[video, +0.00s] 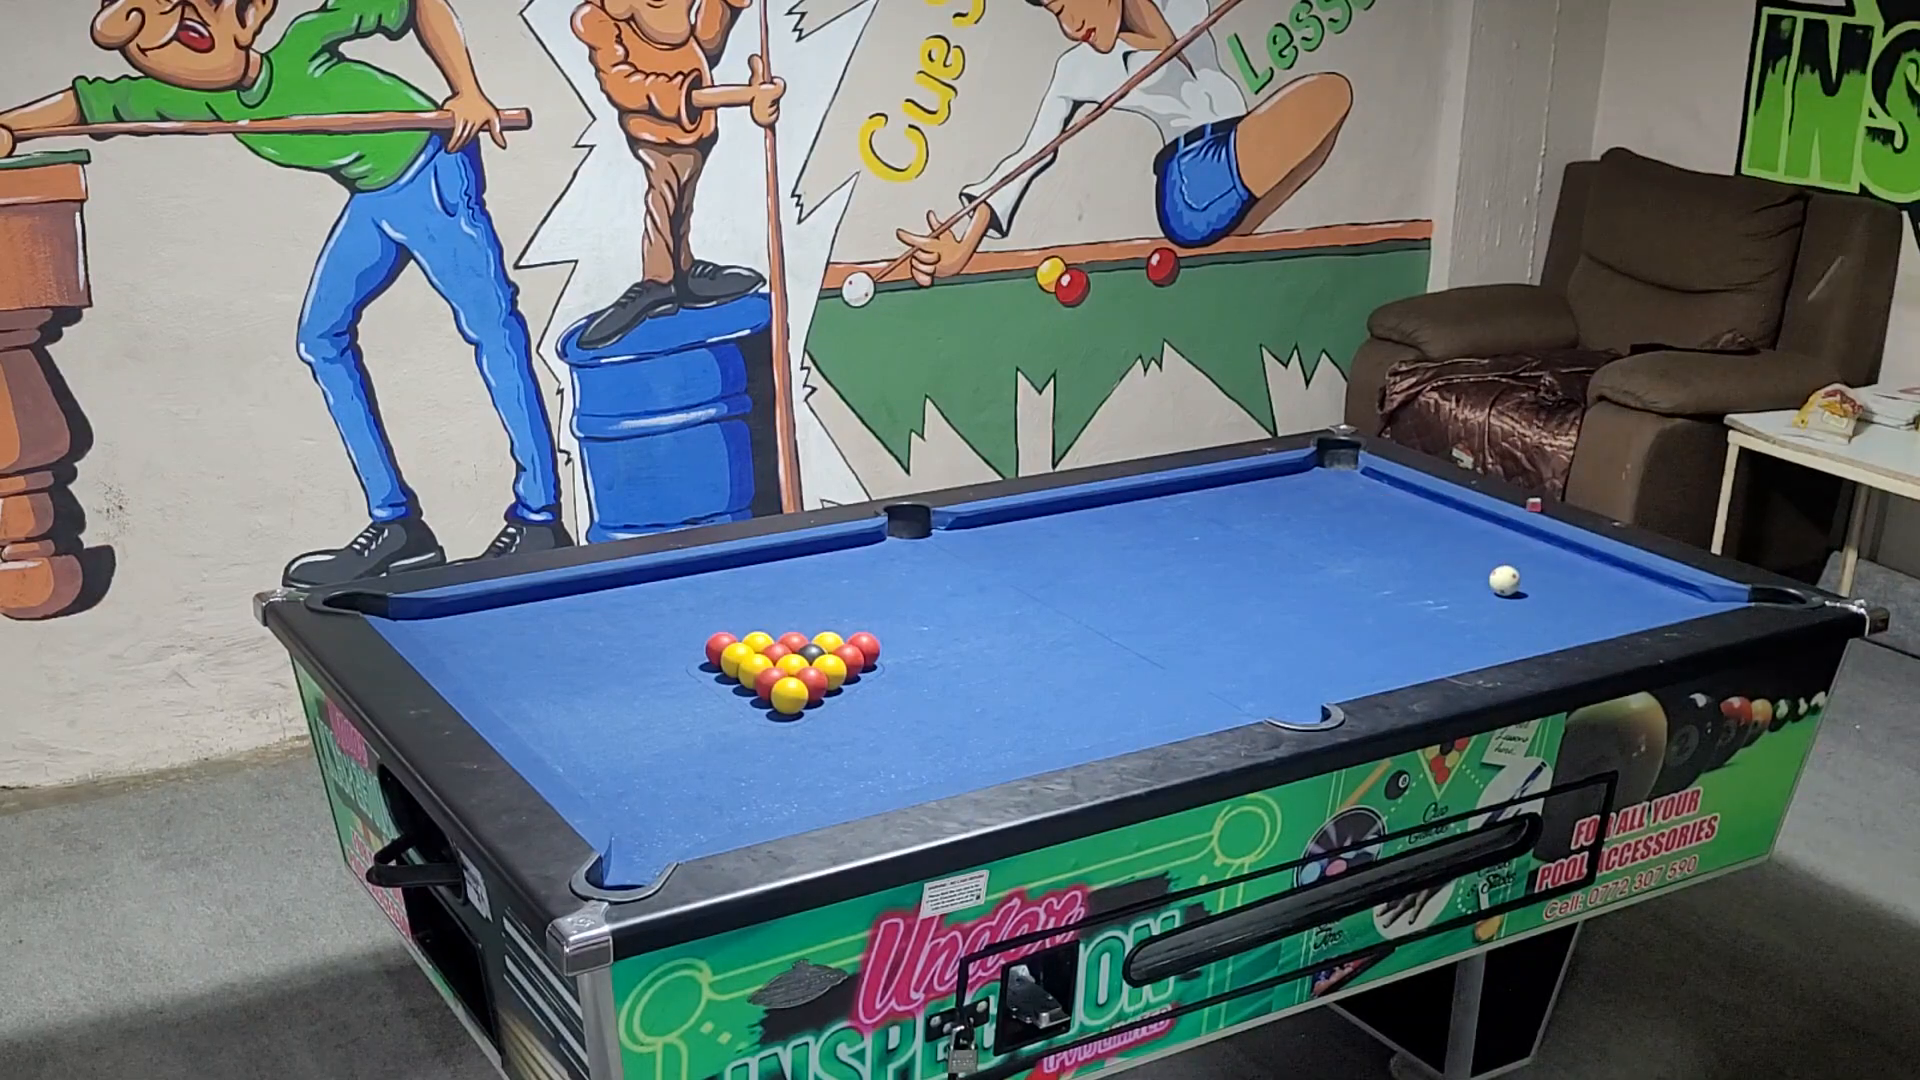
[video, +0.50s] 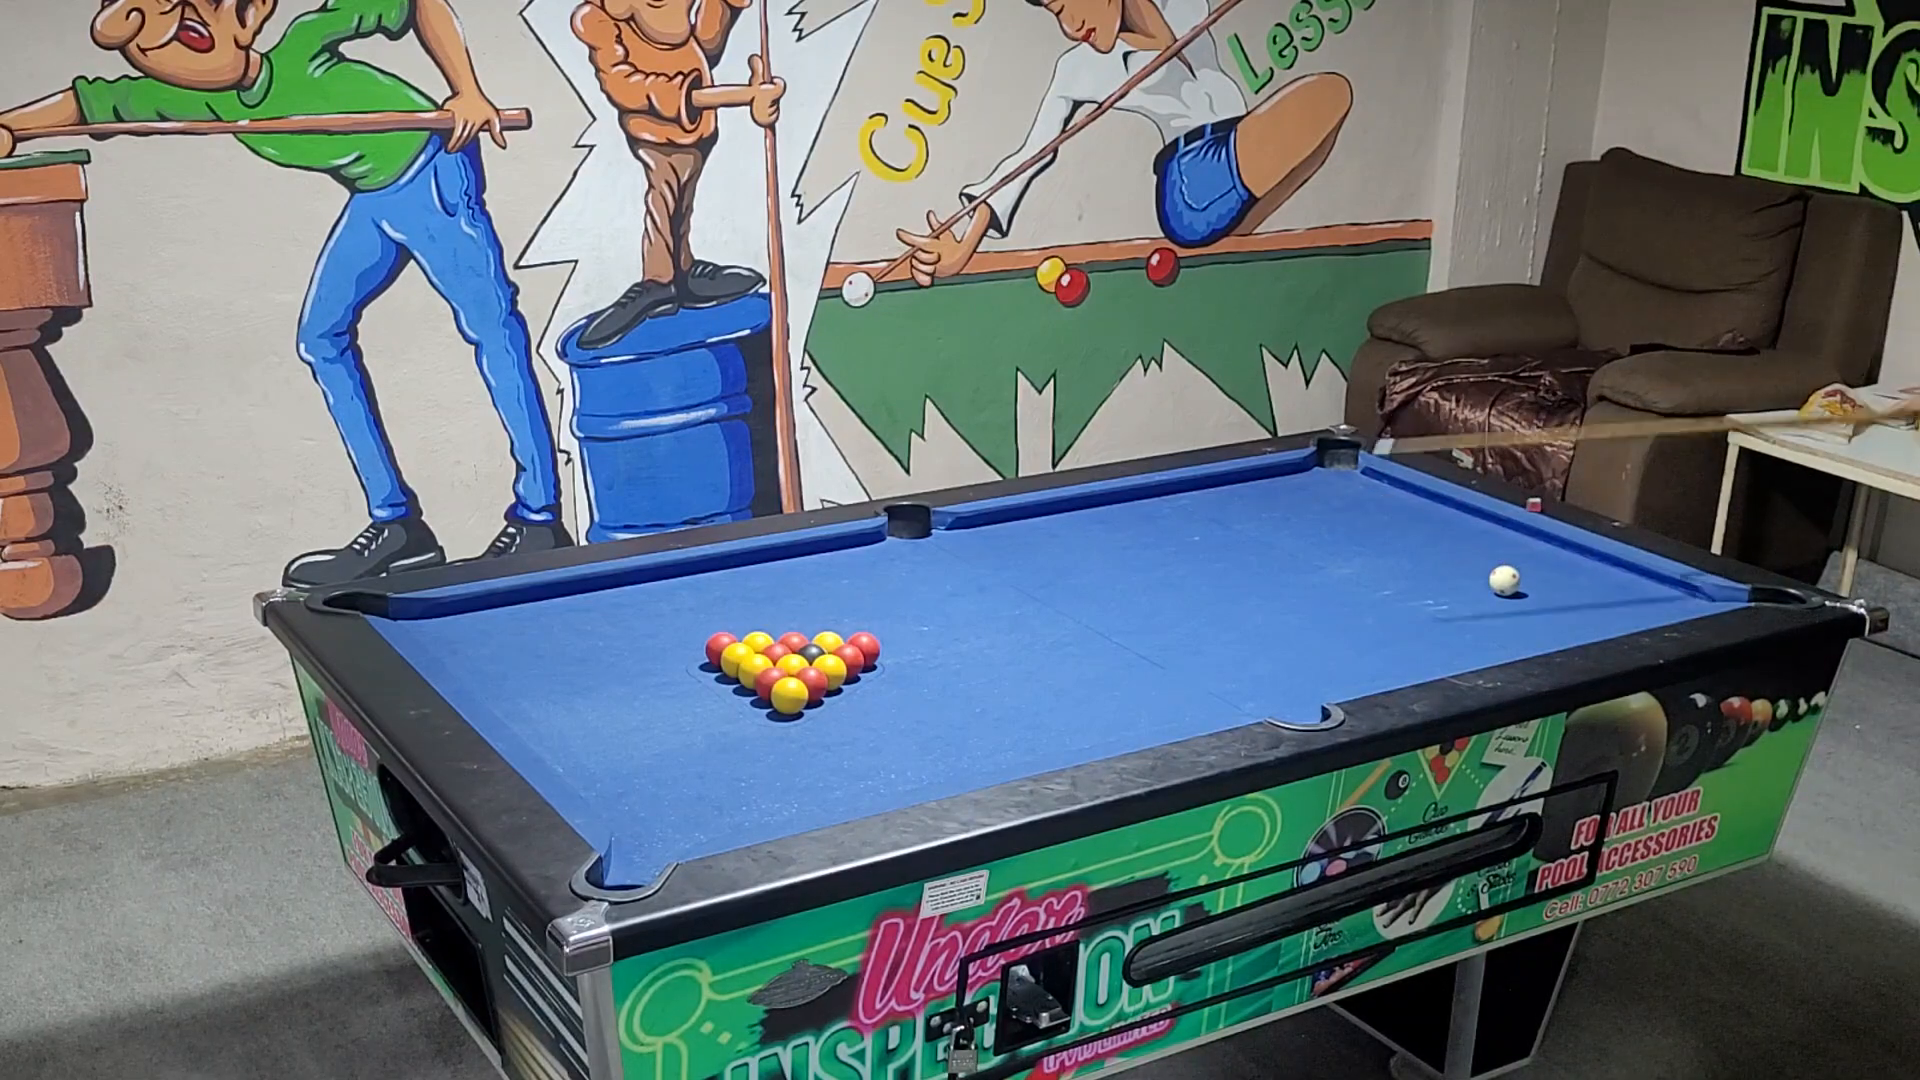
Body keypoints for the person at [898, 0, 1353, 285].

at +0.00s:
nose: (1070, 24)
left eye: (1070, 5)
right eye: (1057, 16)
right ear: (1056, 18)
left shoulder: (1176, 11)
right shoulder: (1076, 70)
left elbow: (1200, 58)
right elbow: (1028, 157)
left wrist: (1138, 13)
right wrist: (963, 246)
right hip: (1191, 185)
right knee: (1330, 91)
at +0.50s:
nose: (1070, 24)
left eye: (1070, 5)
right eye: (1057, 16)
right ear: (1056, 18)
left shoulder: (1175, 10)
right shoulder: (1077, 69)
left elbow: (1200, 58)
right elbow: (1028, 157)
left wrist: (1138, 14)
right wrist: (963, 246)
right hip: (1191, 185)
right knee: (1330, 91)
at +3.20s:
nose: (1069, 23)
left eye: (1070, 5)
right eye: (1056, 15)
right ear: (1055, 18)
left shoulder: (1176, 10)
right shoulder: (1076, 68)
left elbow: (1197, 59)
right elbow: (1028, 156)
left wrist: (1140, 13)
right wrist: (964, 245)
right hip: (1191, 183)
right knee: (1330, 92)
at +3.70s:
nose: (1069, 24)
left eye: (1070, 5)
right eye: (1056, 15)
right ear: (1056, 18)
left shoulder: (1175, 10)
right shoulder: (1076, 69)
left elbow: (1198, 57)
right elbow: (1028, 156)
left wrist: (1138, 13)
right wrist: (964, 246)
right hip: (1192, 183)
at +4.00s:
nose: (1070, 25)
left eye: (1070, 6)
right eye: (1057, 16)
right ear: (1056, 18)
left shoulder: (1177, 10)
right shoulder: (1077, 69)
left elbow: (1198, 59)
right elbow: (1028, 157)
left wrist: (1143, 17)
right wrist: (963, 246)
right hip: (1190, 185)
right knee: (1330, 92)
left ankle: (1239, 231)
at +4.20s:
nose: (1069, 24)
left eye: (1070, 5)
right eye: (1056, 15)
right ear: (1055, 18)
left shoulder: (1176, 10)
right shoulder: (1076, 69)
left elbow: (1196, 60)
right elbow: (1028, 156)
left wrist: (1141, 13)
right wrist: (963, 245)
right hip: (1192, 184)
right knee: (1330, 92)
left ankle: (1240, 230)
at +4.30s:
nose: (1069, 24)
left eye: (1070, 5)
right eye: (1056, 15)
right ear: (1056, 18)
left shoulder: (1176, 10)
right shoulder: (1076, 69)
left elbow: (1197, 58)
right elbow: (1028, 157)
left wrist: (1139, 14)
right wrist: (963, 246)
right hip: (1192, 184)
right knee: (1330, 91)